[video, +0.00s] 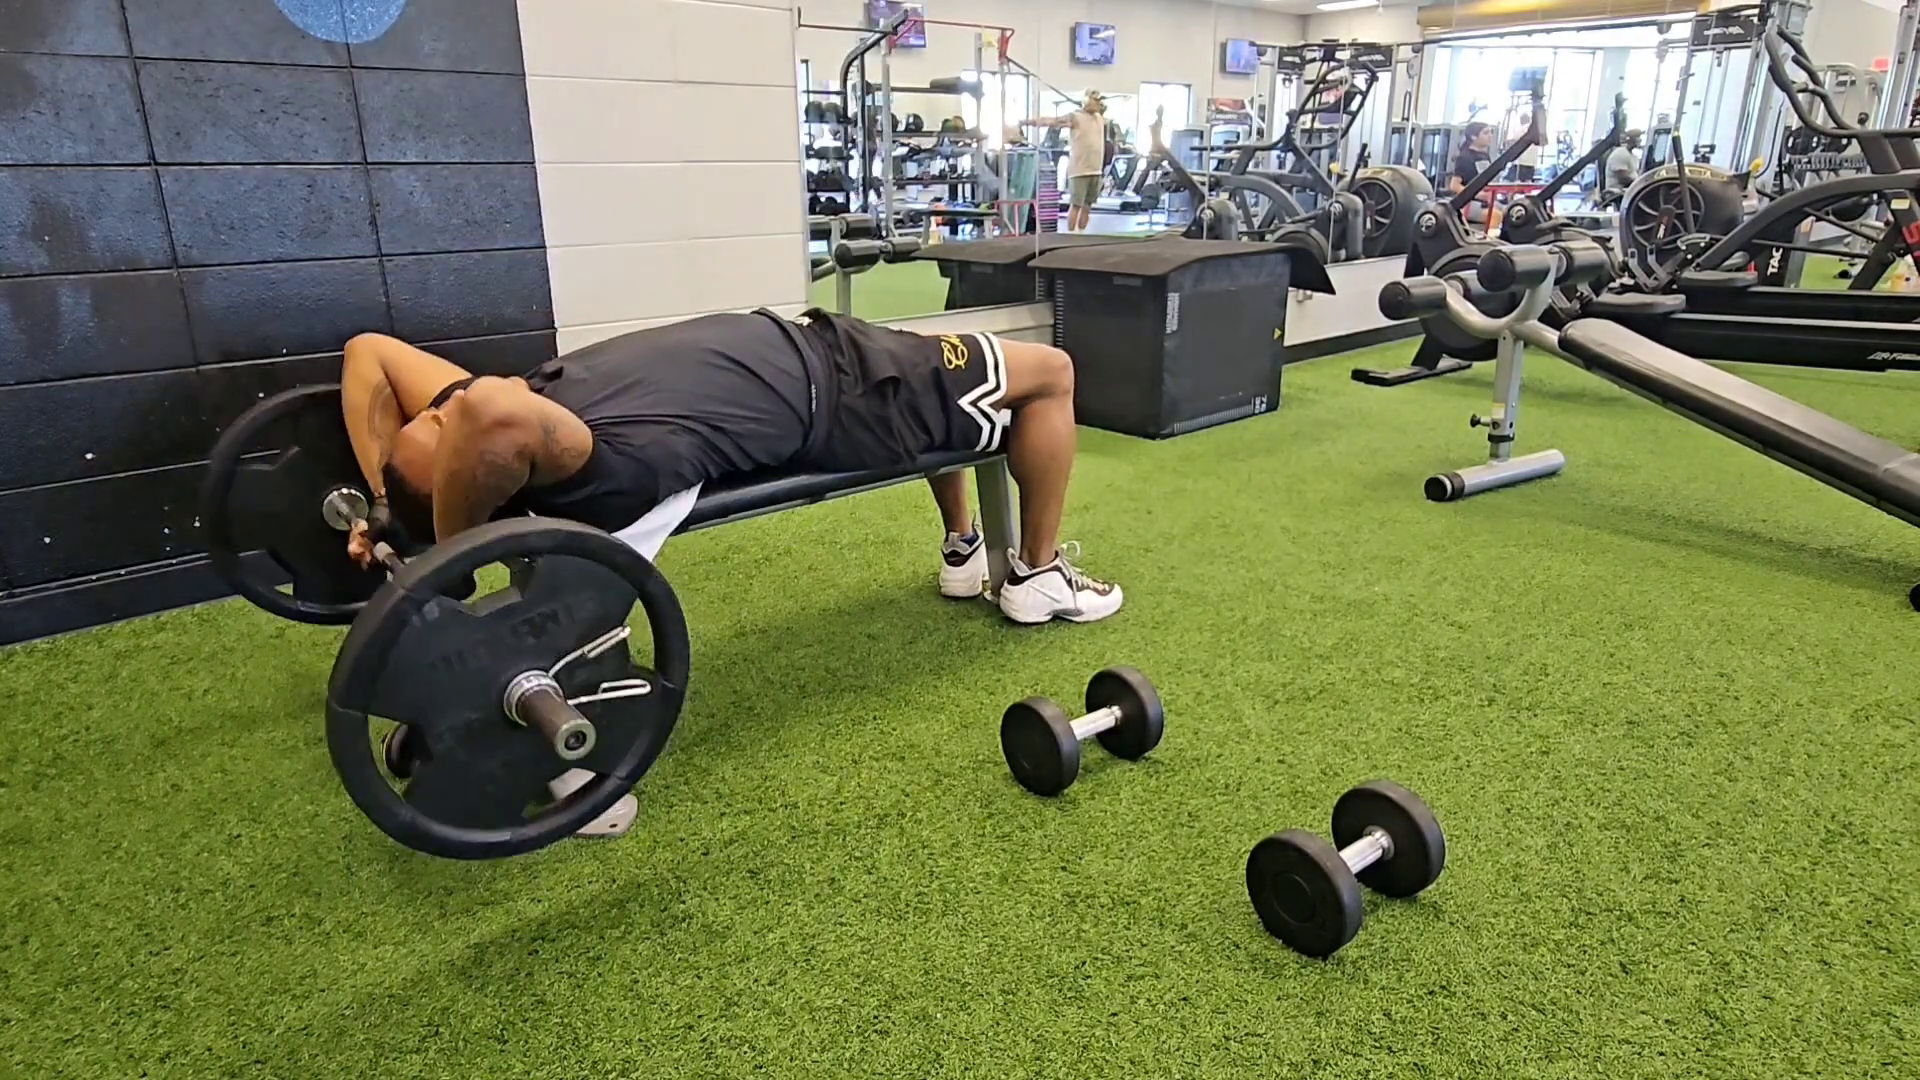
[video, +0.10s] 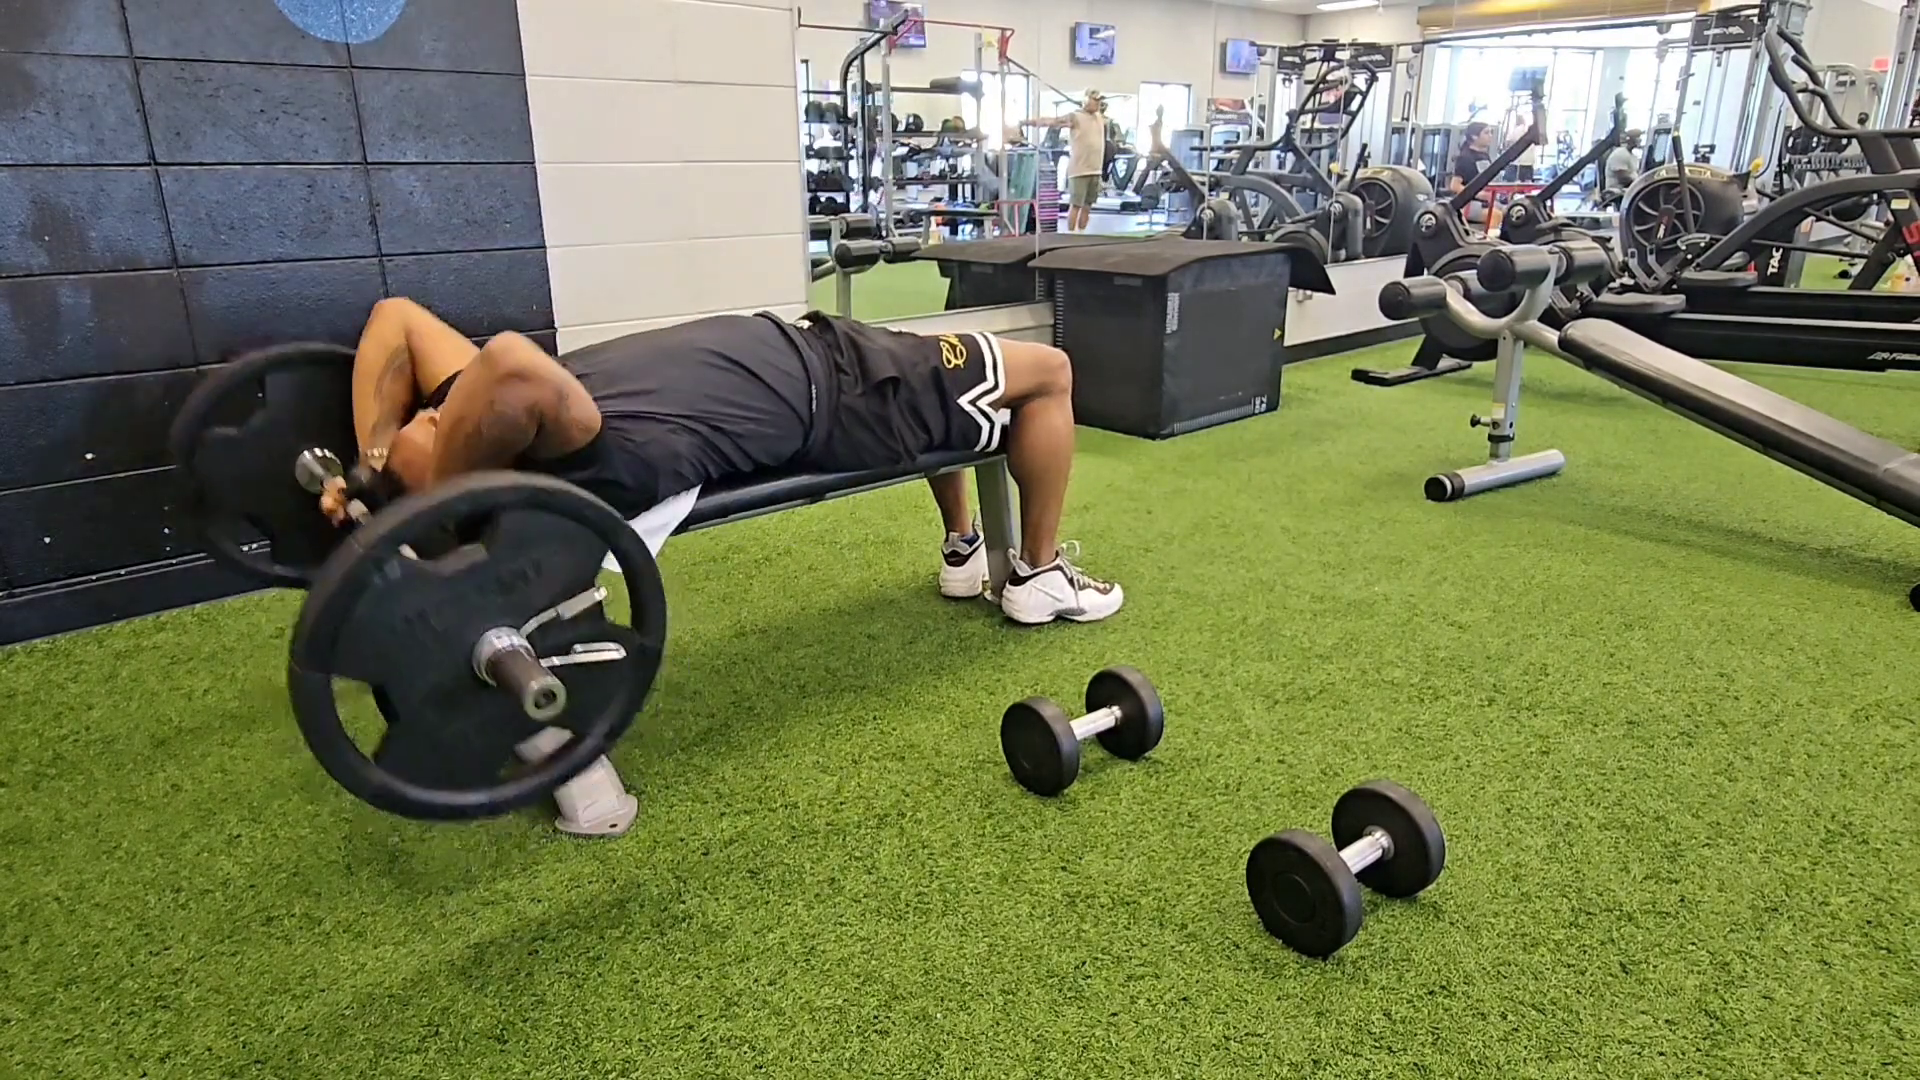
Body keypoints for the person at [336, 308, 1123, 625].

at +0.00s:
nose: (446, 397)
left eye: (430, 412)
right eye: (444, 421)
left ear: (426, 467)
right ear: (483, 470)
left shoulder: (495, 417)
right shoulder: (595, 464)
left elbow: (368, 347)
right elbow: (491, 412)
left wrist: (378, 485)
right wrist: (437, 551)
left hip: (780, 340)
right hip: (836, 382)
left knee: (930, 342)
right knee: (1049, 372)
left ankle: (966, 547)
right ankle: (1037, 574)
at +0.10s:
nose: (430, 408)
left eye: (412, 421)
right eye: (428, 426)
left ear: (396, 456)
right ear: (462, 472)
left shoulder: (463, 426)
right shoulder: (583, 456)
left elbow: (394, 315)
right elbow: (510, 360)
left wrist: (369, 451)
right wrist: (426, 470)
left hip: (775, 341)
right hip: (830, 384)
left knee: (926, 347)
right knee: (1046, 369)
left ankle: (968, 545)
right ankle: (1038, 574)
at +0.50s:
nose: (469, 393)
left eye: (448, 402)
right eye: (459, 418)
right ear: (499, 485)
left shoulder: (532, 404)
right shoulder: (587, 481)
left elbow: (611, 339)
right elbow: (692, 475)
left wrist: (538, 318)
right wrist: (762, 446)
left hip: (792, 356)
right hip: (839, 410)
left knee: (937, 345)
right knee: (1050, 372)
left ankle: (965, 545)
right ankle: (1053, 576)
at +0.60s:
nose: (479, 390)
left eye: (457, 401)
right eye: (471, 417)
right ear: (508, 483)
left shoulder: (548, 405)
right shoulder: (608, 474)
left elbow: (640, 379)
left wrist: (583, 326)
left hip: (793, 366)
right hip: (844, 420)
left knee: (933, 341)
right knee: (1053, 372)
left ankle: (965, 545)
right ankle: (1052, 577)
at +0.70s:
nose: (481, 388)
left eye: (457, 399)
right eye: (471, 416)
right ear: (507, 485)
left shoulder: (542, 394)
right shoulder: (605, 470)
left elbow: (659, 368)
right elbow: (732, 491)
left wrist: (608, 326)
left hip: (782, 366)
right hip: (839, 422)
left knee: (935, 341)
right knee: (1053, 372)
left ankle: (964, 545)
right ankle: (1051, 579)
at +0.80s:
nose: (487, 386)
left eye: (462, 395)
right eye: (476, 415)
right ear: (511, 485)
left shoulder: (539, 396)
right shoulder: (632, 483)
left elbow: (629, 356)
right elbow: (791, 520)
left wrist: (615, 331)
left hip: (779, 372)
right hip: (840, 429)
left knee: (932, 343)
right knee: (1055, 375)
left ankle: (965, 547)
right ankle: (1049, 580)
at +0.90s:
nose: (487, 383)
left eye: (463, 394)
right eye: (475, 412)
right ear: (511, 482)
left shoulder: (549, 396)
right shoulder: (622, 480)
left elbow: (647, 356)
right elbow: (792, 492)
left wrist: (626, 317)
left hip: (788, 372)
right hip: (849, 428)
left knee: (941, 342)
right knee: (1060, 376)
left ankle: (965, 545)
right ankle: (1051, 579)